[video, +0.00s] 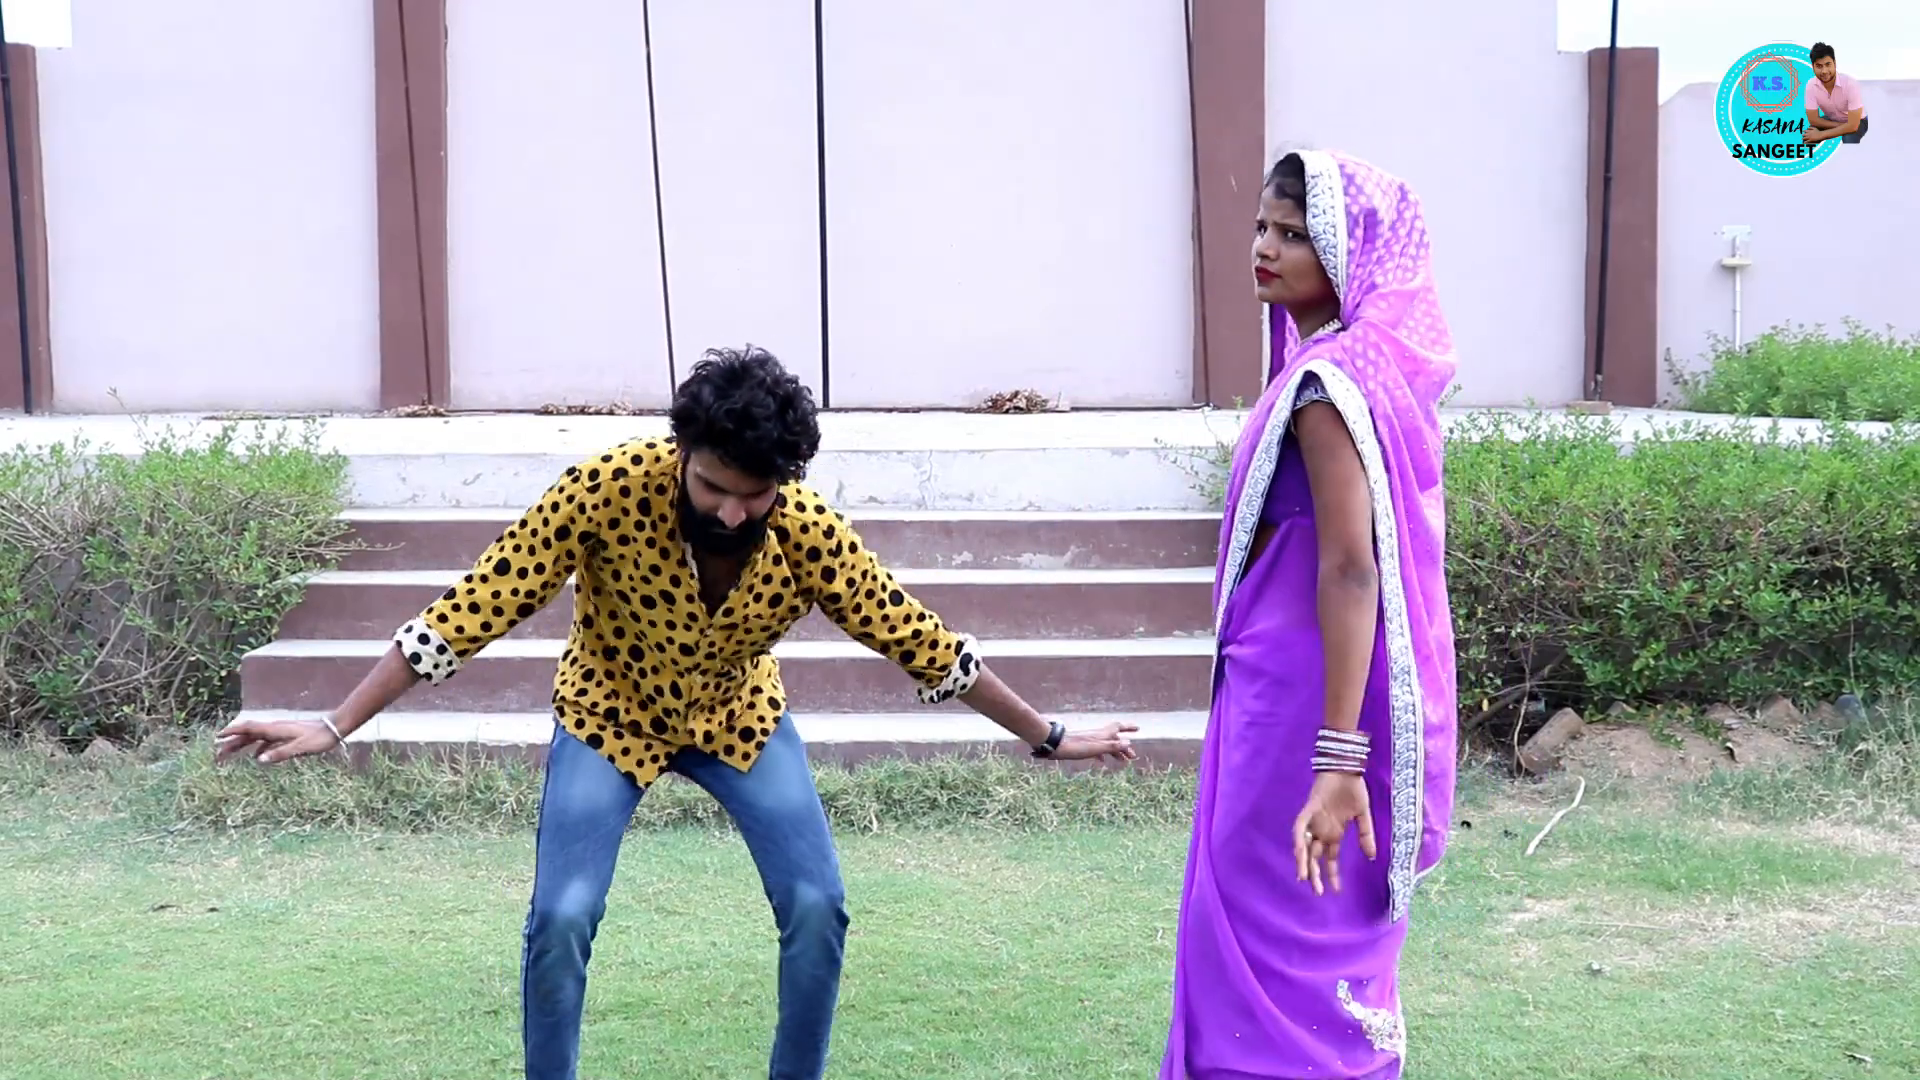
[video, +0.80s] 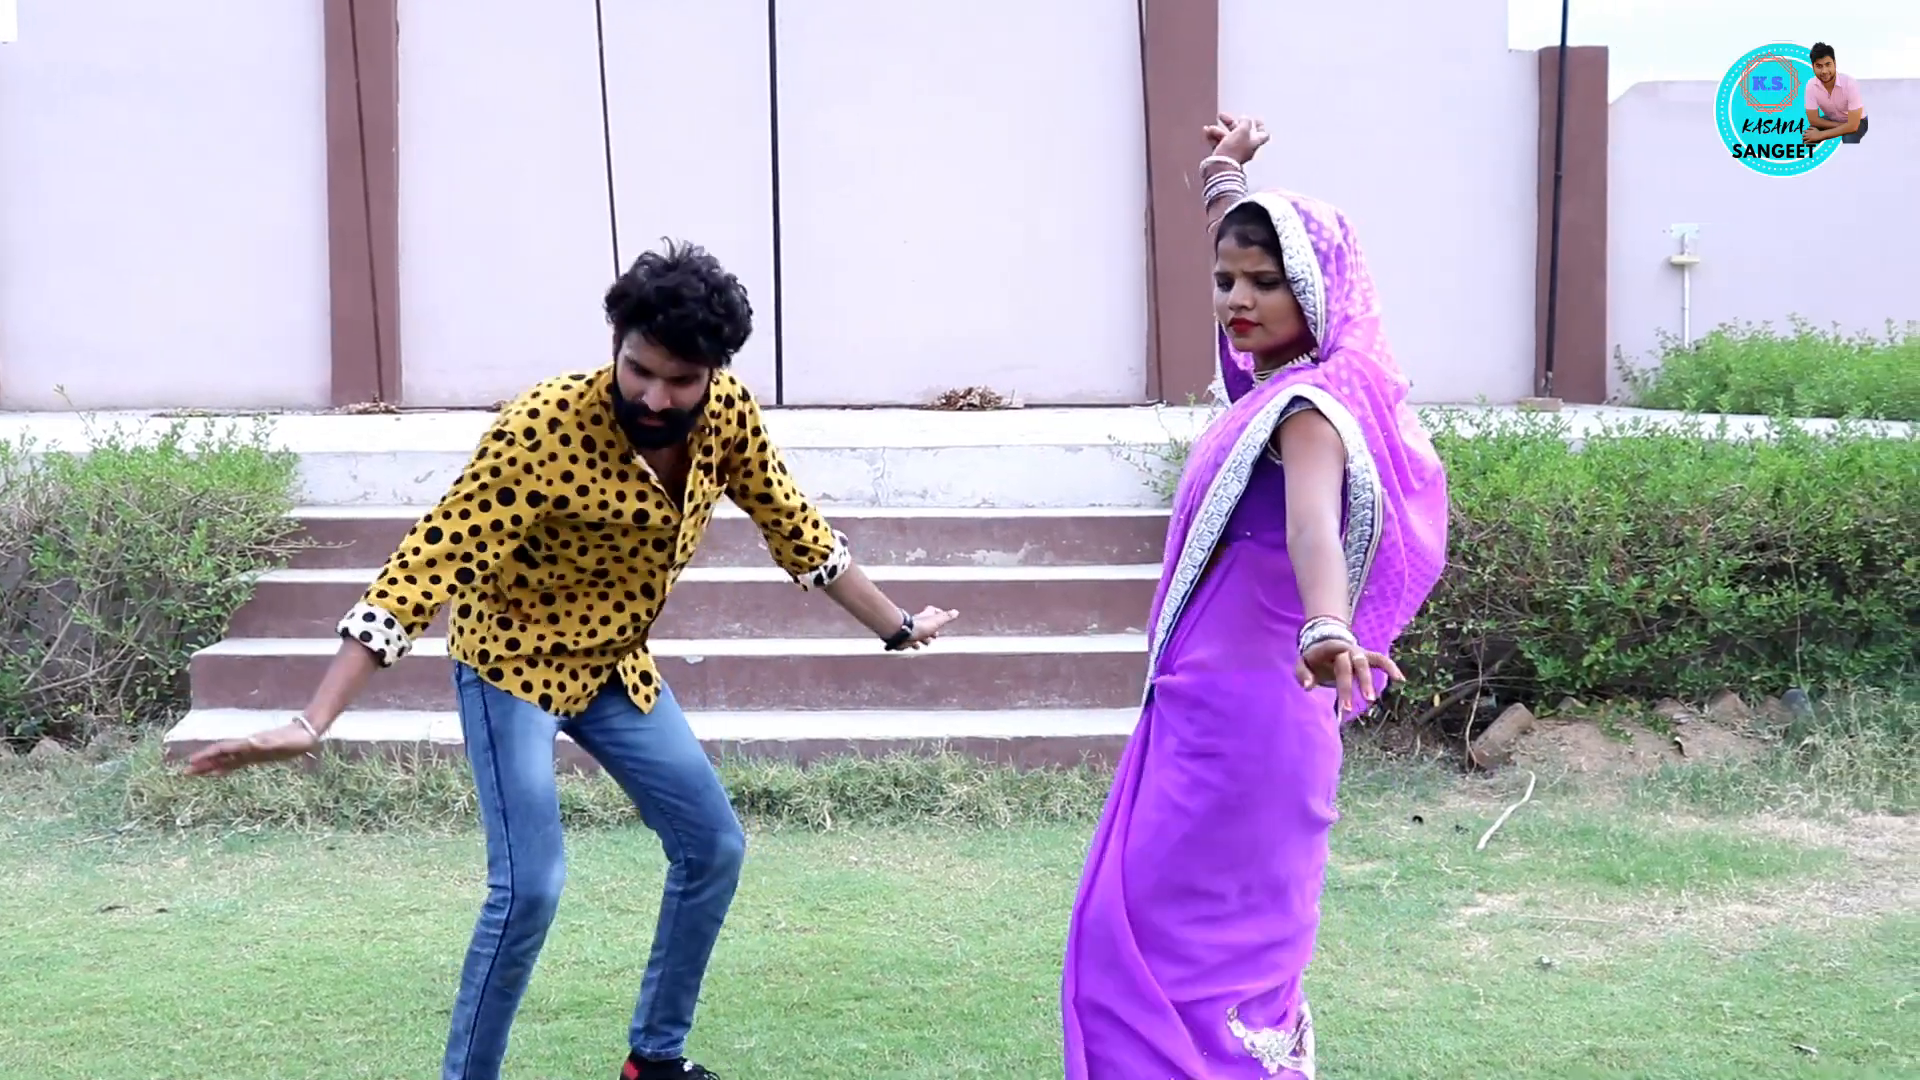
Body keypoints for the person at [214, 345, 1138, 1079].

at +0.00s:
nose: (734, 511)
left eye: (757, 496)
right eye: (717, 487)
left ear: (786, 474)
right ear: (681, 445)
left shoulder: (805, 528)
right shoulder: (610, 488)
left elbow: (917, 641)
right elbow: (477, 605)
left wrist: (1044, 734)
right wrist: (332, 723)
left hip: (738, 712)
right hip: (607, 711)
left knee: (818, 906)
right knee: (561, 916)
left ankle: (794, 1078)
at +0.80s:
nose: (655, 396)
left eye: (680, 380)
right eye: (640, 370)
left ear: (714, 369)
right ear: (615, 344)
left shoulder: (726, 419)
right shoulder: (546, 427)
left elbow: (799, 532)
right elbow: (427, 560)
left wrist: (895, 626)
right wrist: (315, 719)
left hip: (611, 662)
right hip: (503, 659)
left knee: (713, 845)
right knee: (529, 888)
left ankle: (656, 1059)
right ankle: (468, 1073)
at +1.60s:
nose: (428, 194)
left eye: (439, 175)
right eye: (399, 184)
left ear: (464, 193)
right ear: (363, 217)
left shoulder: (498, 328)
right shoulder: (357, 325)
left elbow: (638, 364)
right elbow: (267, 400)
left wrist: (789, 370)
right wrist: (166, 458)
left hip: (520, 651)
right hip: (418, 659)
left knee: (584, 853)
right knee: (405, 897)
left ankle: (549, 1063)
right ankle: (351, 1069)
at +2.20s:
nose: (369, 212)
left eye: (380, 193)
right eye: (340, 203)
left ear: (405, 208)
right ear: (305, 238)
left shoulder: (469, 338)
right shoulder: (312, 357)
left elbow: (612, 349)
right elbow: (267, 423)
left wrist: (770, 308)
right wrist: (225, 460)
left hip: (516, 666)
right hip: (411, 679)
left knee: (588, 862)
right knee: (417, 926)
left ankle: (548, 1068)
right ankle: (360, 1072)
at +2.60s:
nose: (367, 210)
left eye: (372, 188)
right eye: (334, 204)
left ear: (394, 195)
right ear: (299, 239)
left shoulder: (461, 326)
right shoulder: (314, 356)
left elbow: (595, 313)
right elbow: (268, 438)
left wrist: (732, 247)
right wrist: (214, 480)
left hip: (514, 656)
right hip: (414, 674)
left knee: (593, 856)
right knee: (426, 921)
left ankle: (559, 1065)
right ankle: (363, 1074)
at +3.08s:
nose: (502, 211)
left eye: (495, 192)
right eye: (474, 202)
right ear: (413, 241)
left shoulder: (523, 317)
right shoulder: (394, 365)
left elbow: (641, 312)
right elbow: (351, 487)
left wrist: (751, 230)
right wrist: (327, 546)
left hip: (556, 663)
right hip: (468, 676)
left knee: (643, 845)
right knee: (490, 918)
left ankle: (611, 1068)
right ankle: (430, 1073)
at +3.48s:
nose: (646, 220)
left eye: (641, 201)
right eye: (631, 205)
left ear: (586, 224)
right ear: (579, 226)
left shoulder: (621, 306)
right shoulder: (516, 361)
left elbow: (703, 271)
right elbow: (470, 516)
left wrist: (804, 212)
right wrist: (500, 589)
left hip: (650, 651)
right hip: (574, 665)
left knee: (725, 833)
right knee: (579, 898)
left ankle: (688, 1056)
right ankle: (508, 1071)